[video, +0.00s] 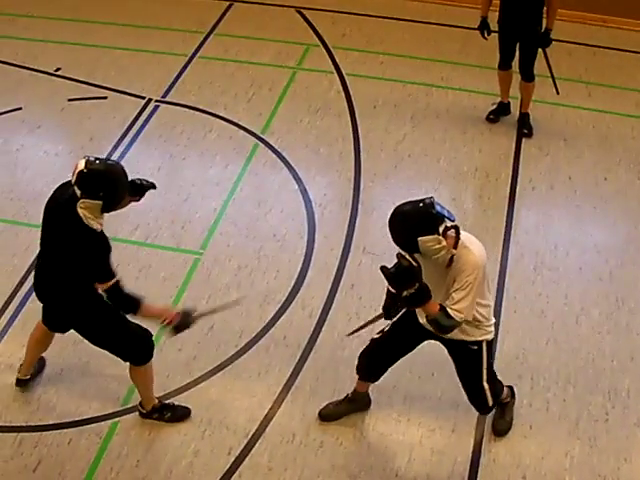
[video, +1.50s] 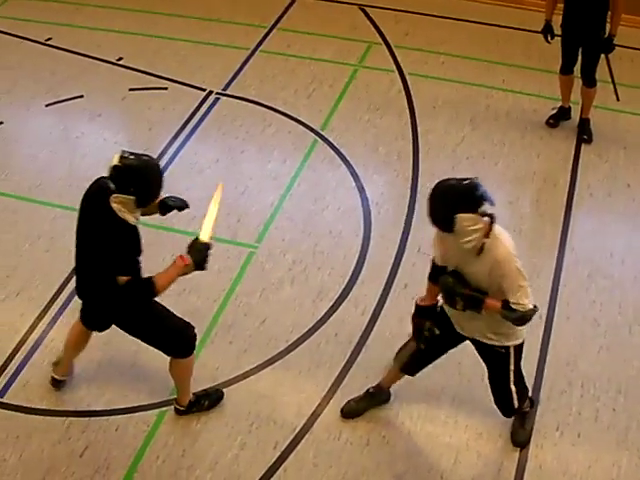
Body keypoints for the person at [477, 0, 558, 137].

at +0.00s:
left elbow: (552, 3)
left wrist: (548, 30)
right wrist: (483, 17)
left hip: (532, 26)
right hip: (507, 22)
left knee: (527, 71)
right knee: (504, 64)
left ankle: (524, 115)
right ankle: (504, 103)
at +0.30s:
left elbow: (552, 3)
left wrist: (548, 30)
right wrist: (485, 17)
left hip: (532, 26)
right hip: (507, 23)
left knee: (527, 71)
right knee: (504, 64)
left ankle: (524, 115)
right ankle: (504, 103)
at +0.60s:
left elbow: (556, 2)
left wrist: (552, 27)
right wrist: (489, 14)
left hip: (536, 22)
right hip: (511, 19)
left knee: (531, 68)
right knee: (508, 61)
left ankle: (528, 112)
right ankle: (508, 100)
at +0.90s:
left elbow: (569, 2)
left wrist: (565, 27)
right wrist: (502, 14)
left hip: (549, 23)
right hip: (524, 20)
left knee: (543, 69)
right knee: (520, 61)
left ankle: (540, 112)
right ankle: (520, 100)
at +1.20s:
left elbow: (592, 4)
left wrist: (588, 31)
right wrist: (523, 17)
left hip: (571, 26)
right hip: (546, 22)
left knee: (565, 73)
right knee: (542, 65)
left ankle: (561, 116)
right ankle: (541, 104)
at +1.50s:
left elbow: (617, 7)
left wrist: (611, 36)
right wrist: (548, 21)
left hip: (595, 30)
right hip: (570, 26)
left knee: (588, 76)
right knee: (566, 68)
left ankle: (585, 120)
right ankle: (564, 108)